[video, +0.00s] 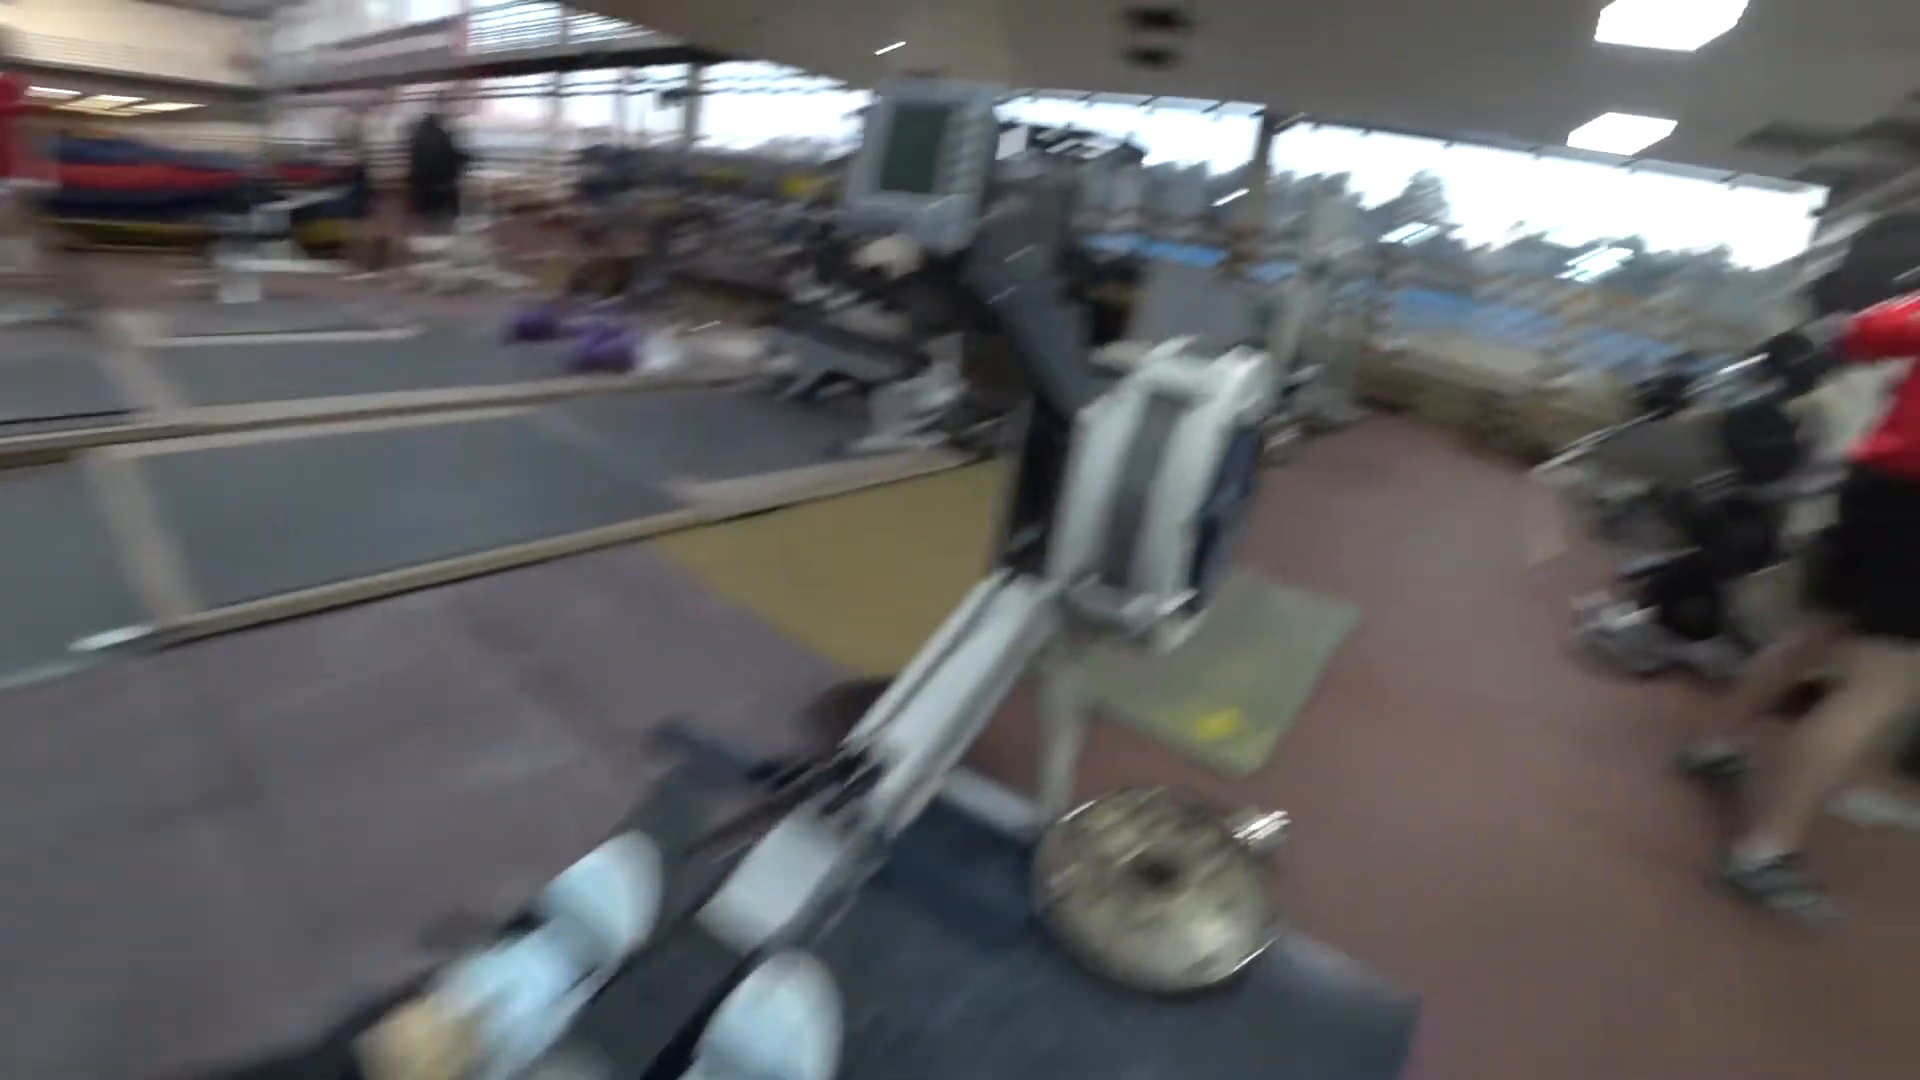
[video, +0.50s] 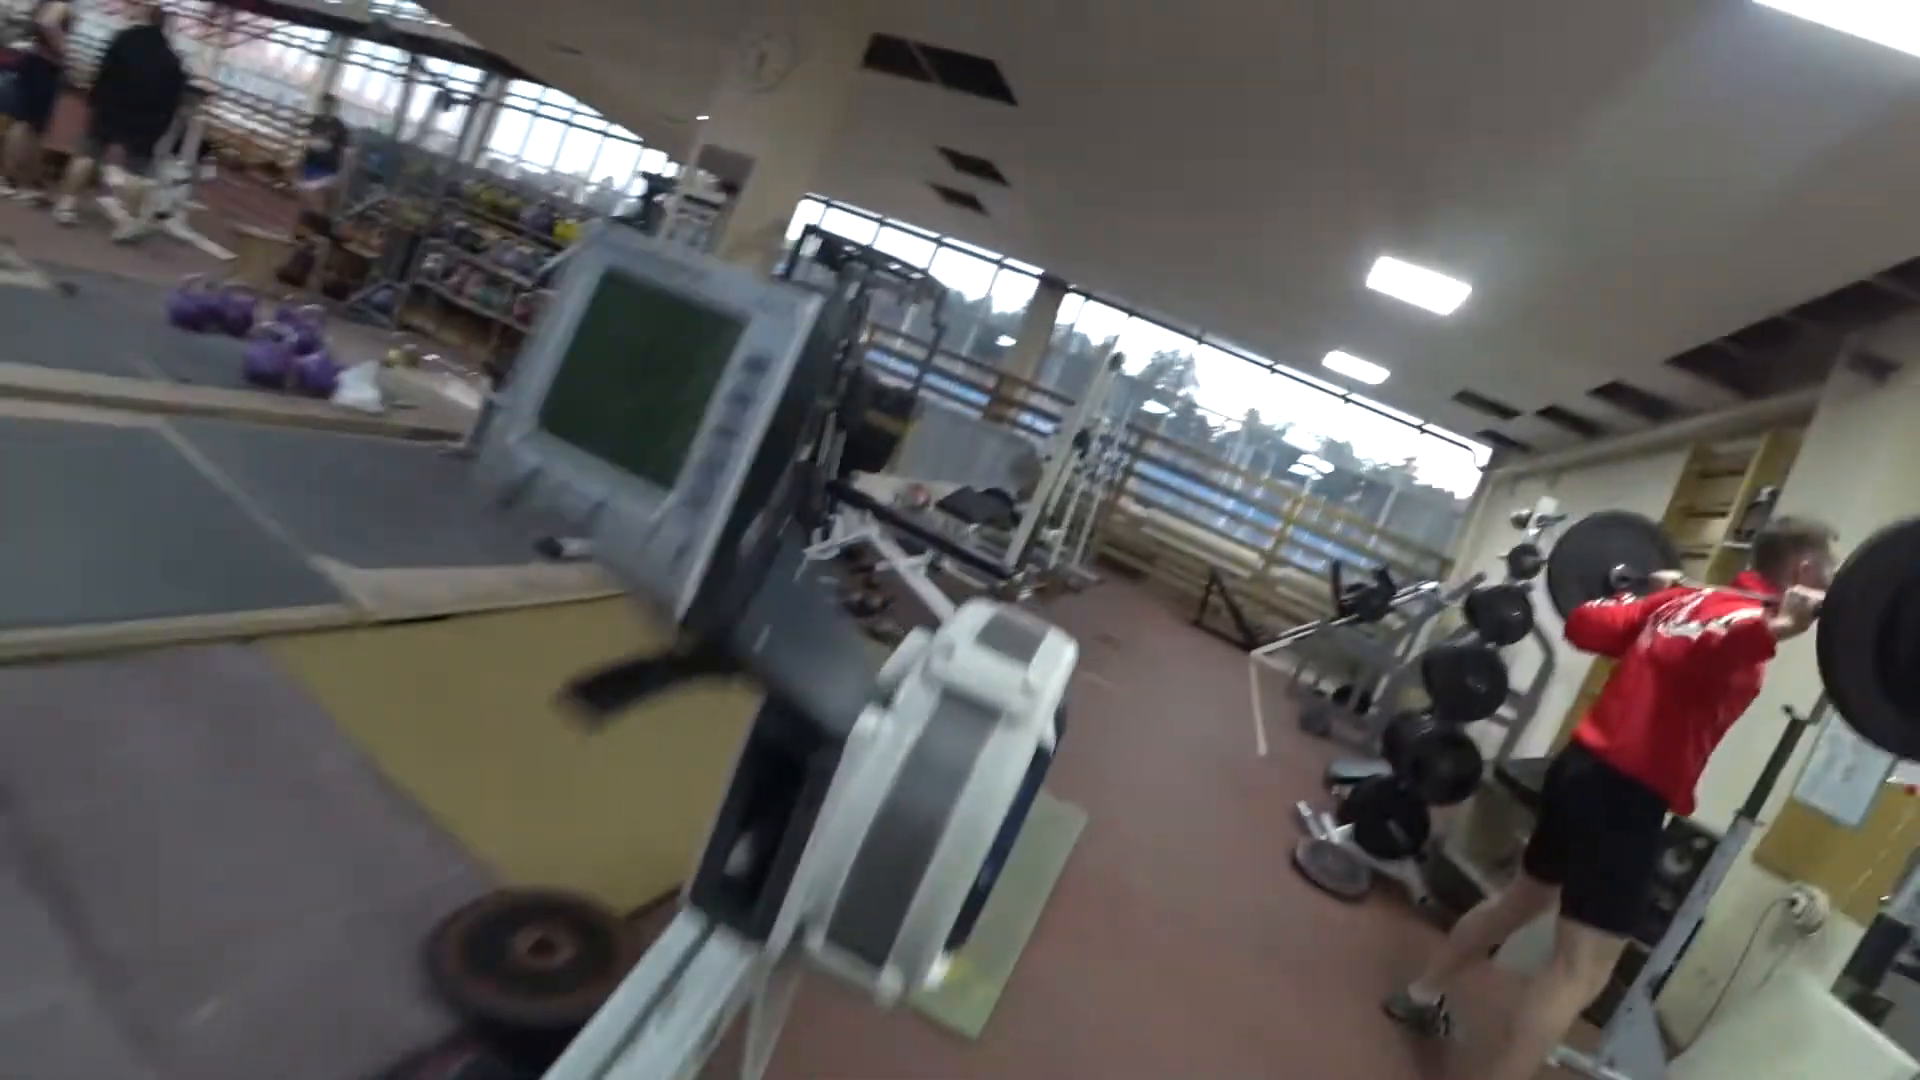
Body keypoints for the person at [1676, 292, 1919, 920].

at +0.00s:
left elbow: (1885, 326)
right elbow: (1885, 328)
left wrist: (1832, 337)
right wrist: (1833, 337)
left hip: (1881, 474)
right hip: (1906, 486)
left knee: (1819, 631)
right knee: (1886, 679)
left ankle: (1718, 740)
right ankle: (1764, 850)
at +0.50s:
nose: (1827, 592)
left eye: (1828, 578)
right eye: (1825, 578)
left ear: (1757, 561)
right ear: (1800, 577)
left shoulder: (1679, 598)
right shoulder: (1753, 621)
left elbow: (1584, 625)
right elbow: (1709, 649)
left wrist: (1647, 595)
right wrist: (1776, 629)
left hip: (1578, 765)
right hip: (1631, 799)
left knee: (1522, 898)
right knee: (1577, 971)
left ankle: (1419, 994)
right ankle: (1509, 1069)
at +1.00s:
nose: (1875, 759)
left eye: (1878, 746)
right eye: (1875, 743)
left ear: (1810, 726)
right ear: (1844, 739)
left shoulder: (1714, 746)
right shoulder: (1798, 787)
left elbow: (1609, 753)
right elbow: (1719, 813)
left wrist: (1678, 738)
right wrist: (1828, 799)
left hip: (1585, 902)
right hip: (1640, 948)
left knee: (1501, 1026)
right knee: (1564, 1072)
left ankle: (1398, 1073)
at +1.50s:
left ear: (1883, 582)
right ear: (1919, 603)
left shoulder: (1794, 624)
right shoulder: (1898, 659)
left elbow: (1683, 643)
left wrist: (1733, 614)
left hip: (1678, 797)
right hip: (1745, 841)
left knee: (1604, 925)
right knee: (1675, 1016)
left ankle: (1492, 1023)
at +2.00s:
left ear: (1861, 164)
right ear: (1907, 161)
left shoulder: (1790, 236)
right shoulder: (1903, 228)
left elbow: (1687, 301)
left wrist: (1735, 248)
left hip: (1742, 445)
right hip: (1822, 457)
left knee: (1722, 598)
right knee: (1821, 653)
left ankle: (1650, 724)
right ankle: (1770, 838)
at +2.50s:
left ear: (1862, 205)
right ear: (1913, 206)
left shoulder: (1791, 273)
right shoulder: (1898, 273)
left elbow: (1695, 331)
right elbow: (1873, 308)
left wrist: (1729, 288)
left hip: (1734, 475)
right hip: (1809, 492)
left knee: (1707, 624)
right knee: (1800, 684)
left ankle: (1625, 751)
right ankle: (1730, 871)